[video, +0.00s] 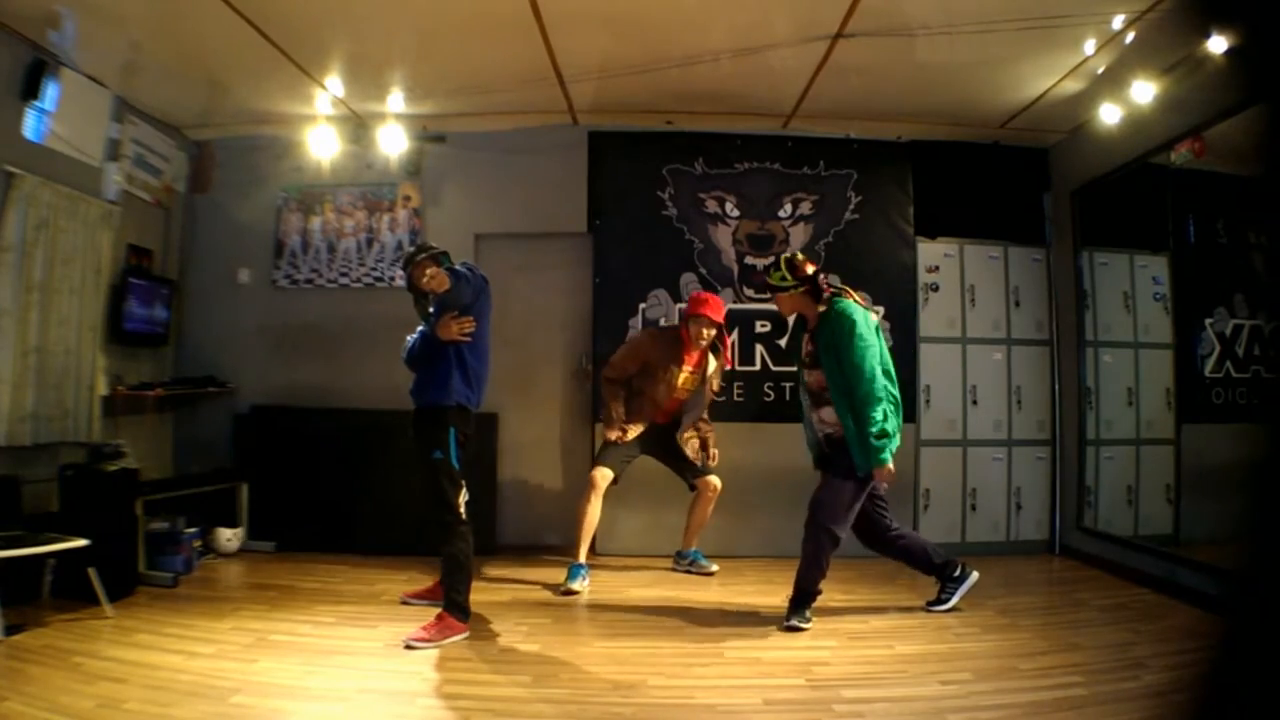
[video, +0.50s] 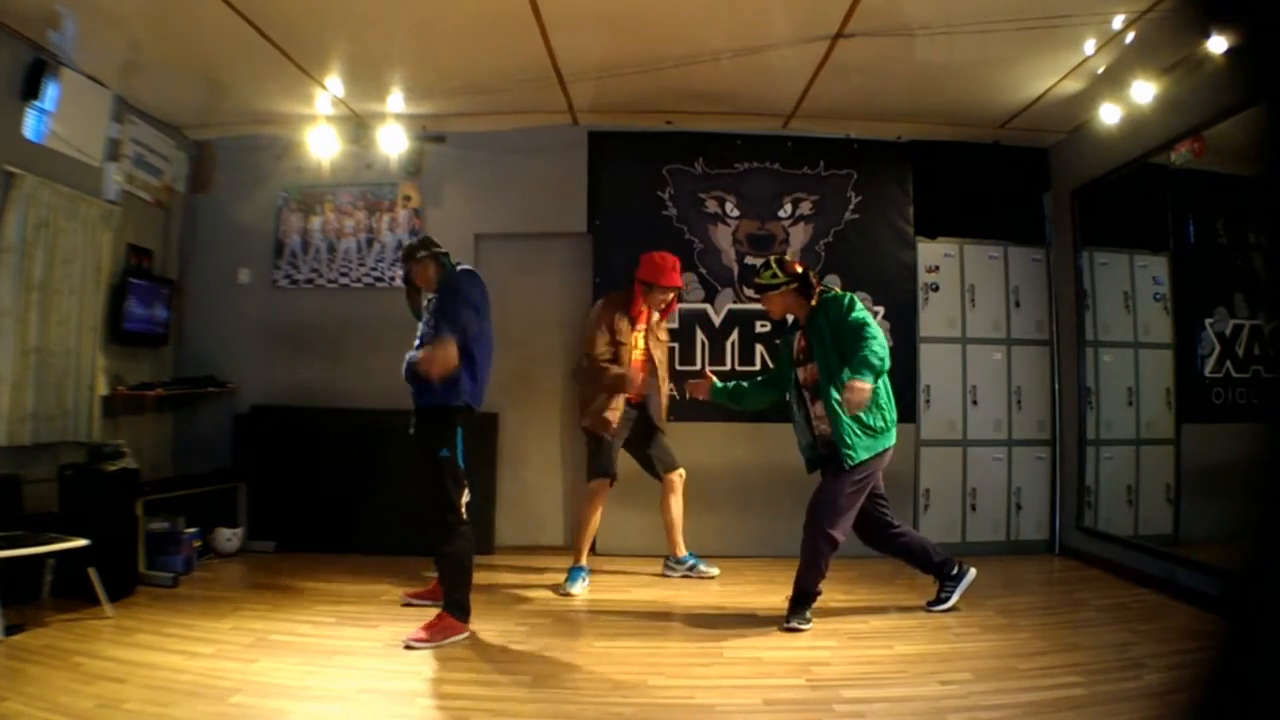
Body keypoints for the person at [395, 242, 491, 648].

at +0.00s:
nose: (428, 280)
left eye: (430, 271)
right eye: (420, 279)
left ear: (444, 264)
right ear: (417, 286)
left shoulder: (471, 280)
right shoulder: (434, 309)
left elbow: (455, 295)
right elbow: (411, 355)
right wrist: (434, 333)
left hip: (454, 406)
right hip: (431, 408)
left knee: (455, 508)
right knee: (442, 502)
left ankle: (455, 614)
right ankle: (447, 582)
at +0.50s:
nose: (415, 282)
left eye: (415, 272)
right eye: (411, 275)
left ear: (429, 263)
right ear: (426, 266)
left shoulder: (461, 285)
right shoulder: (445, 292)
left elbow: (445, 356)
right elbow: (424, 344)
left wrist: (412, 359)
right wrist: (427, 359)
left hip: (452, 413)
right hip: (435, 412)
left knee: (454, 509)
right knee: (439, 501)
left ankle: (456, 614)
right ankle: (445, 582)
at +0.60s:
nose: (413, 282)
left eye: (414, 273)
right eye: (409, 275)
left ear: (430, 264)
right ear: (419, 270)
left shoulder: (465, 289)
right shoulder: (433, 301)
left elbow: (477, 343)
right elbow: (422, 351)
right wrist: (410, 382)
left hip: (455, 415)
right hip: (429, 414)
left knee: (455, 508)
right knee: (433, 499)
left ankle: (456, 614)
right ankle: (443, 581)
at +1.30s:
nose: (470, 263)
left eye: (478, 255)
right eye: (463, 254)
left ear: (487, 257)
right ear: (447, 251)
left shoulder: (496, 302)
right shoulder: (416, 290)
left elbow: (502, 366)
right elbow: (393, 349)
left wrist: (494, 419)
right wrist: (394, 406)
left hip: (472, 413)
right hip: (427, 410)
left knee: (470, 505)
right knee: (433, 498)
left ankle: (470, 597)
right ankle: (447, 581)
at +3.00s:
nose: (440, 256)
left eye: (448, 248)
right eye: (433, 248)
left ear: (464, 248)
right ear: (423, 252)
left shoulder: (489, 288)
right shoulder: (420, 293)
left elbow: (507, 349)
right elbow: (416, 348)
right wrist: (377, 375)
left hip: (486, 404)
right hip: (443, 404)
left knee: (475, 486)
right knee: (431, 474)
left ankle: (477, 573)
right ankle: (437, 537)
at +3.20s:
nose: (430, 274)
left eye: (437, 266)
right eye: (424, 266)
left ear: (452, 267)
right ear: (416, 268)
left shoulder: (477, 294)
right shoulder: (412, 315)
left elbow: (518, 272)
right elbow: (382, 326)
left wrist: (478, 284)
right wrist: (366, 315)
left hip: (488, 421)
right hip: (445, 425)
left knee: (486, 501)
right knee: (438, 508)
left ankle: (493, 563)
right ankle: (441, 600)